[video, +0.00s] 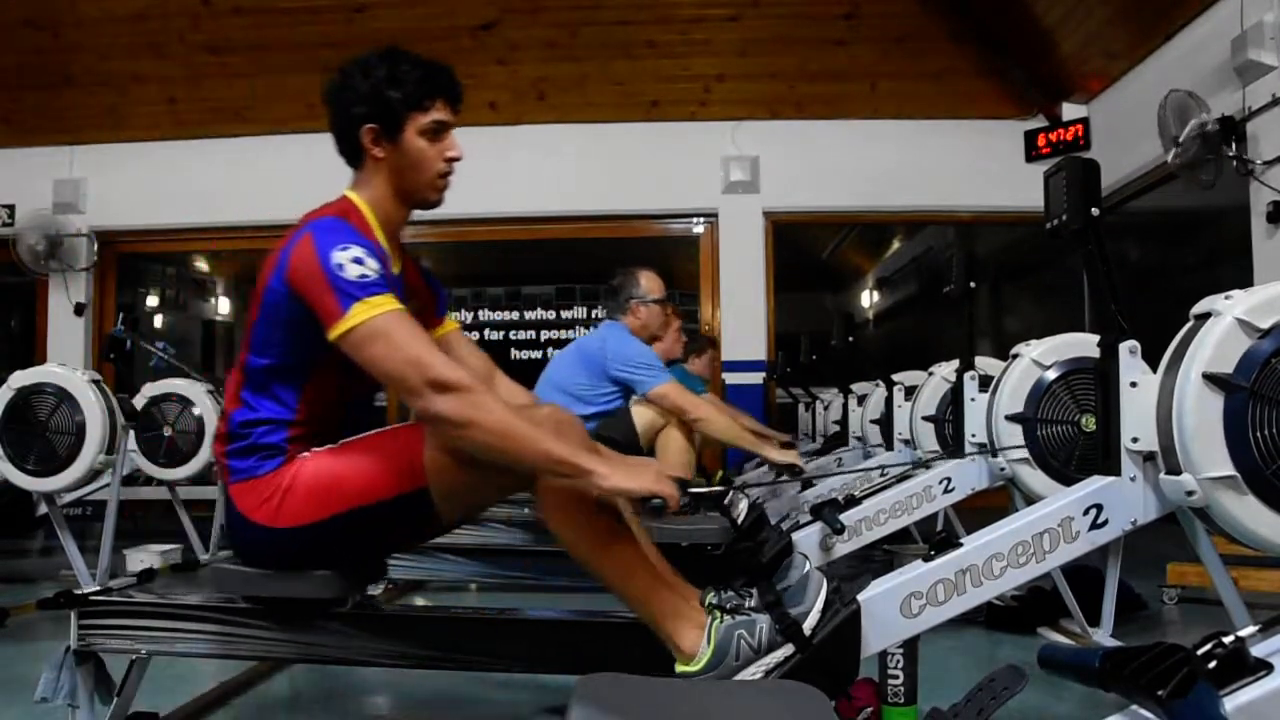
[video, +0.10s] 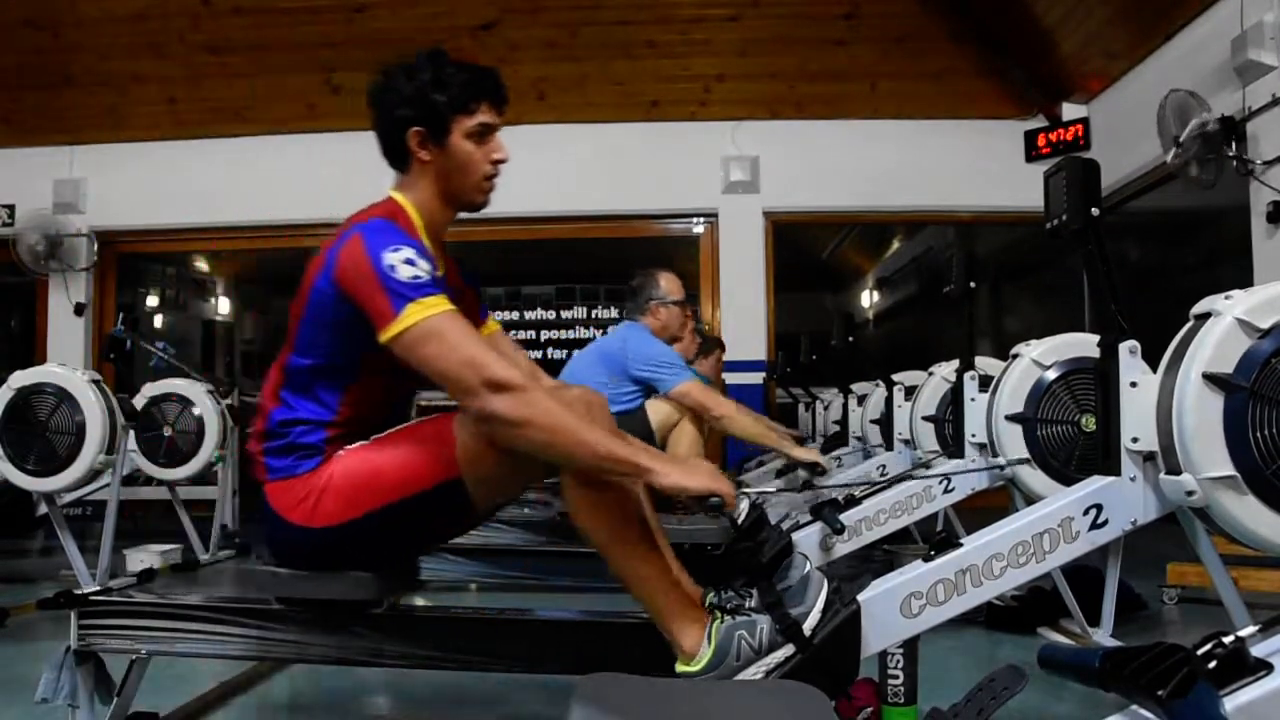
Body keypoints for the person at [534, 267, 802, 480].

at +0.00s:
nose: (669, 311)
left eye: (667, 302)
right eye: (662, 303)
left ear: (634, 311)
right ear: (636, 310)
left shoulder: (617, 342)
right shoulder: (619, 346)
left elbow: (691, 402)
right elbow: (691, 409)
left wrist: (759, 435)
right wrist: (764, 450)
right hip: (568, 445)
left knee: (679, 408)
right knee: (678, 410)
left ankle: (680, 503)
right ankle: (680, 507)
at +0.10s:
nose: (688, 312)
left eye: (686, 304)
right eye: (681, 305)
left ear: (653, 311)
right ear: (655, 311)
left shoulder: (631, 338)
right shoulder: (639, 344)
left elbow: (707, 401)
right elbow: (716, 409)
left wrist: (771, 430)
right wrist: (788, 448)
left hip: (580, 430)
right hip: (585, 437)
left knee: (692, 404)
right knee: (689, 411)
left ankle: (683, 500)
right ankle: (684, 503)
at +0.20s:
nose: (702, 314)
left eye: (700, 306)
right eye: (696, 306)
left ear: (668, 311)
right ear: (670, 311)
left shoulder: (644, 341)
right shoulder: (658, 345)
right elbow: (735, 407)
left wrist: (798, 441)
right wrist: (808, 444)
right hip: (600, 448)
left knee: (696, 397)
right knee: (701, 405)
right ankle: (695, 504)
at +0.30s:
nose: (711, 313)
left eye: (709, 305)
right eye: (704, 306)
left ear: (676, 311)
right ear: (678, 311)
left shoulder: (654, 338)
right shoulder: (666, 342)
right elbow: (743, 403)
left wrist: (807, 441)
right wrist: (821, 441)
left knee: (701, 401)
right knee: (706, 402)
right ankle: (691, 494)